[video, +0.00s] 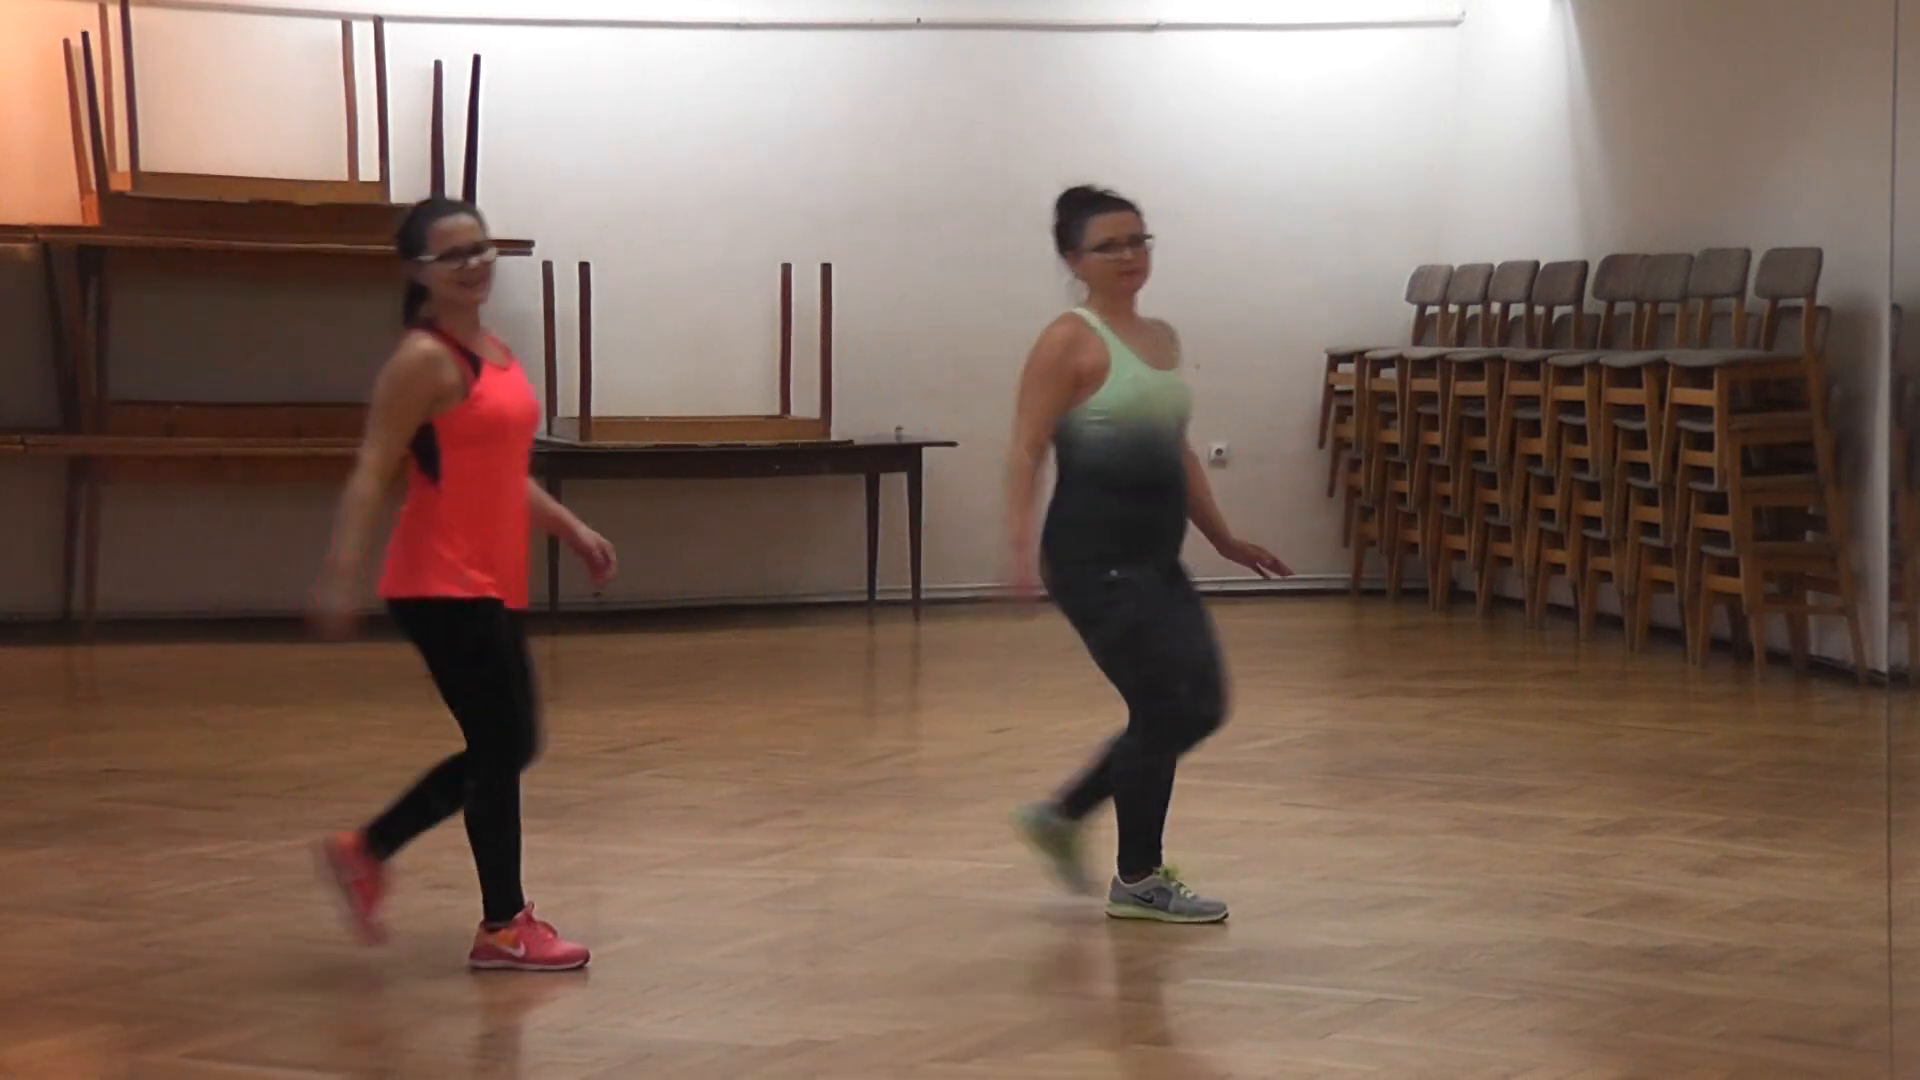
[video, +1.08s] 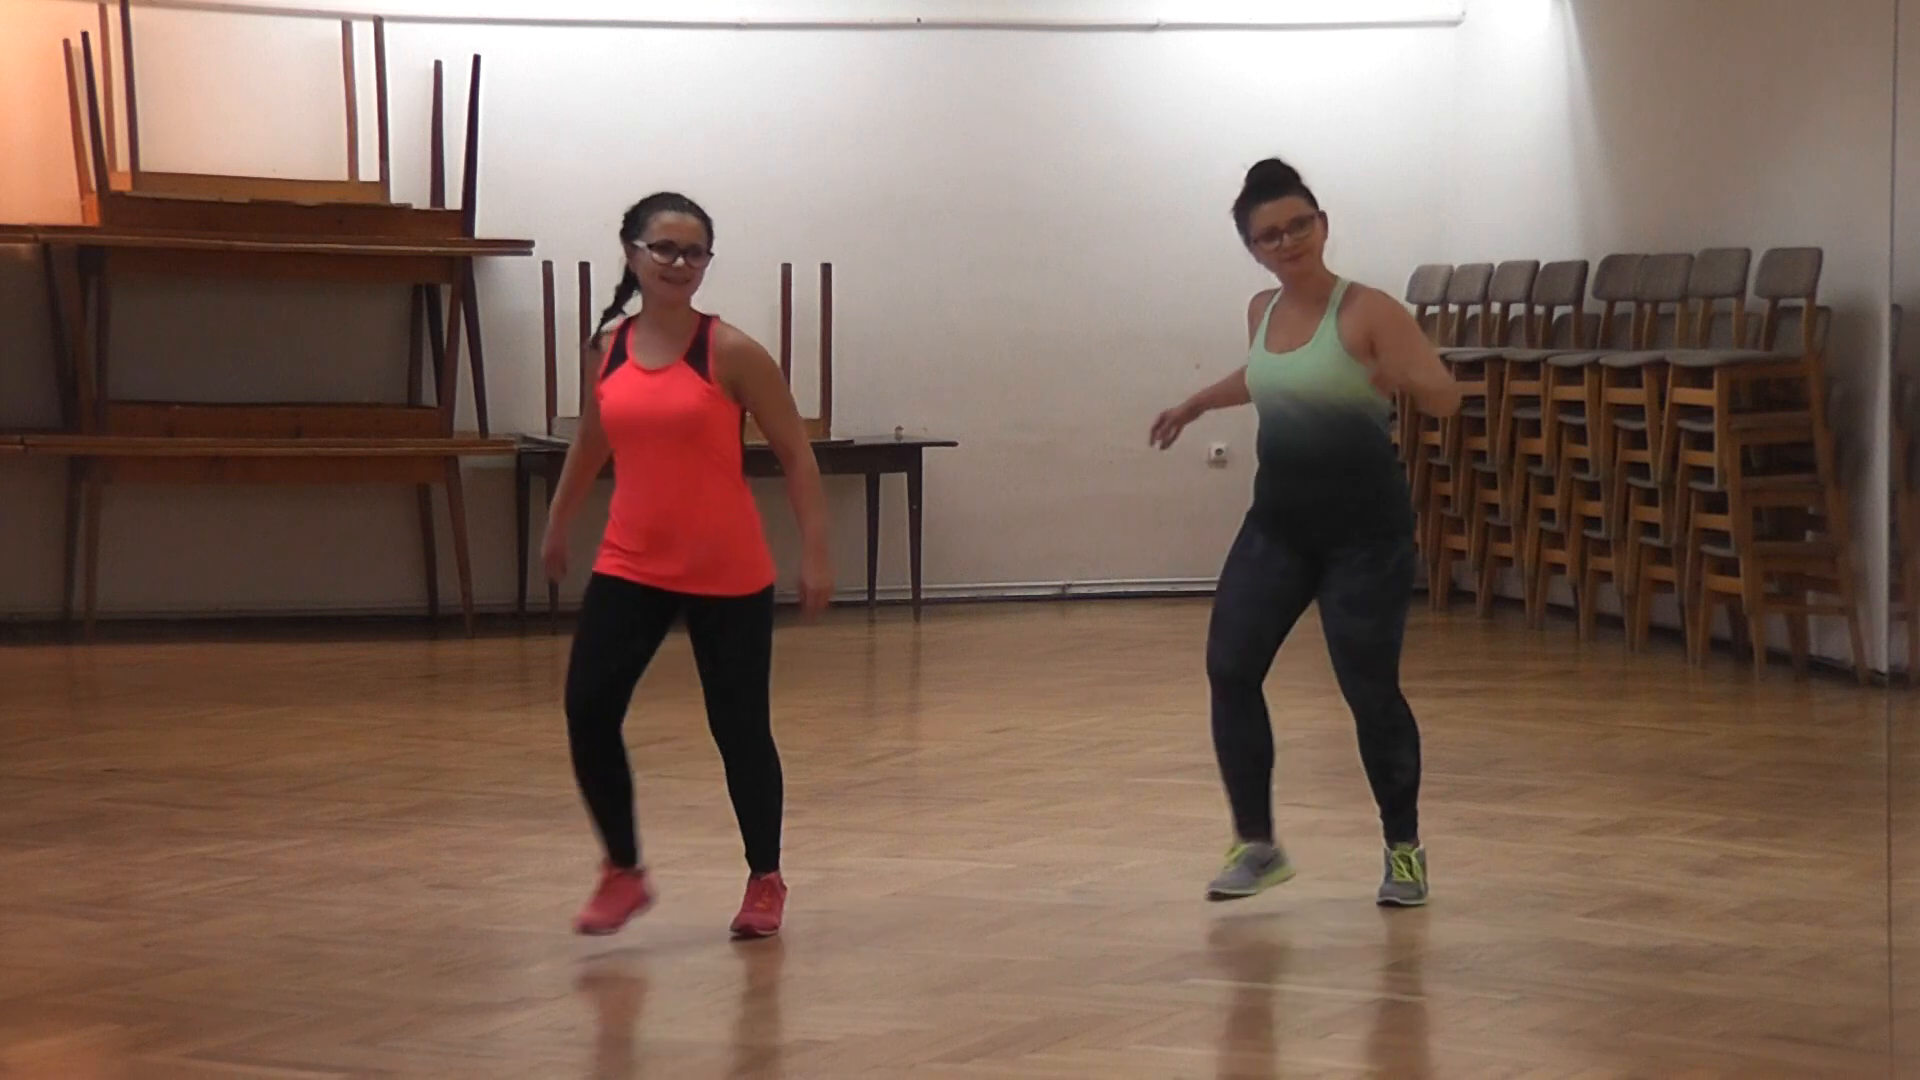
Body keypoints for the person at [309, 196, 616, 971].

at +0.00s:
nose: (475, 265)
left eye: (482, 250)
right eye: (455, 256)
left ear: (494, 257)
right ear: (420, 273)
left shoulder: (495, 349)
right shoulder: (421, 360)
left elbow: (501, 472)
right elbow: (373, 472)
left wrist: (572, 529)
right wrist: (343, 569)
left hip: (491, 582)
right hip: (438, 584)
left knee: (504, 742)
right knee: (502, 740)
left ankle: (366, 848)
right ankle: (504, 923)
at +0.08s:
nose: (507, 256)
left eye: (514, 242)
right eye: (488, 247)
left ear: (525, 249)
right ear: (450, 263)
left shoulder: (528, 339)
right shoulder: (451, 351)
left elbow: (536, 458)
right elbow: (413, 463)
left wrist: (599, 525)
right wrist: (462, 561)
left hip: (528, 581)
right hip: (466, 583)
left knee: (591, 714)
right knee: (499, 744)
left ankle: (470, 844)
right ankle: (504, 923)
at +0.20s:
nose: (556, 254)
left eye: (563, 241)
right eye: (536, 245)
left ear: (577, 249)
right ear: (500, 261)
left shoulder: (593, 348)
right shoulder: (489, 353)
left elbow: (601, 462)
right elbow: (459, 462)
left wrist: (655, 539)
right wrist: (574, 481)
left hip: (577, 581)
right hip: (499, 583)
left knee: (649, 711)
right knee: (527, 733)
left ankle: (649, 888)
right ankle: (505, 922)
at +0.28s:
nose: (588, 260)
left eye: (596, 247)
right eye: (569, 250)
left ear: (611, 257)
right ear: (533, 265)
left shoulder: (635, 357)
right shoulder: (514, 358)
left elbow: (658, 465)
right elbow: (487, 469)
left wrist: (694, 554)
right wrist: (605, 449)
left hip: (617, 586)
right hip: (531, 587)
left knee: (669, 730)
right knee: (545, 737)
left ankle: (699, 900)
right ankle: (506, 923)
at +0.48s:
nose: (653, 259)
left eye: (664, 246)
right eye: (635, 247)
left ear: (676, 256)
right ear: (599, 259)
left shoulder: (706, 352)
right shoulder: (571, 356)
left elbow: (744, 463)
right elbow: (548, 465)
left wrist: (763, 564)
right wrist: (619, 436)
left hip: (700, 578)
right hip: (600, 582)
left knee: (711, 741)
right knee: (599, 738)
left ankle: (709, 898)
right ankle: (598, 866)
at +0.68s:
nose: (684, 265)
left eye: (695, 253)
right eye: (666, 253)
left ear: (707, 261)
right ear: (632, 261)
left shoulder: (733, 355)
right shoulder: (596, 358)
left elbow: (769, 460)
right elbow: (565, 461)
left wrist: (797, 554)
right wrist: (629, 472)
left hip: (734, 576)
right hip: (644, 586)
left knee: (750, 731)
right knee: (685, 736)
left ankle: (747, 880)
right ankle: (718, 862)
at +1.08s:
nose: (680, 262)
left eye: (695, 252)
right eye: (665, 248)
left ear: (708, 262)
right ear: (632, 254)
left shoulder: (734, 352)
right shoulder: (608, 349)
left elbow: (795, 453)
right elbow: (593, 439)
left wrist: (816, 555)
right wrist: (558, 521)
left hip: (727, 571)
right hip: (631, 567)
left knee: (741, 729)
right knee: (589, 708)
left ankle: (764, 879)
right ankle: (623, 871)